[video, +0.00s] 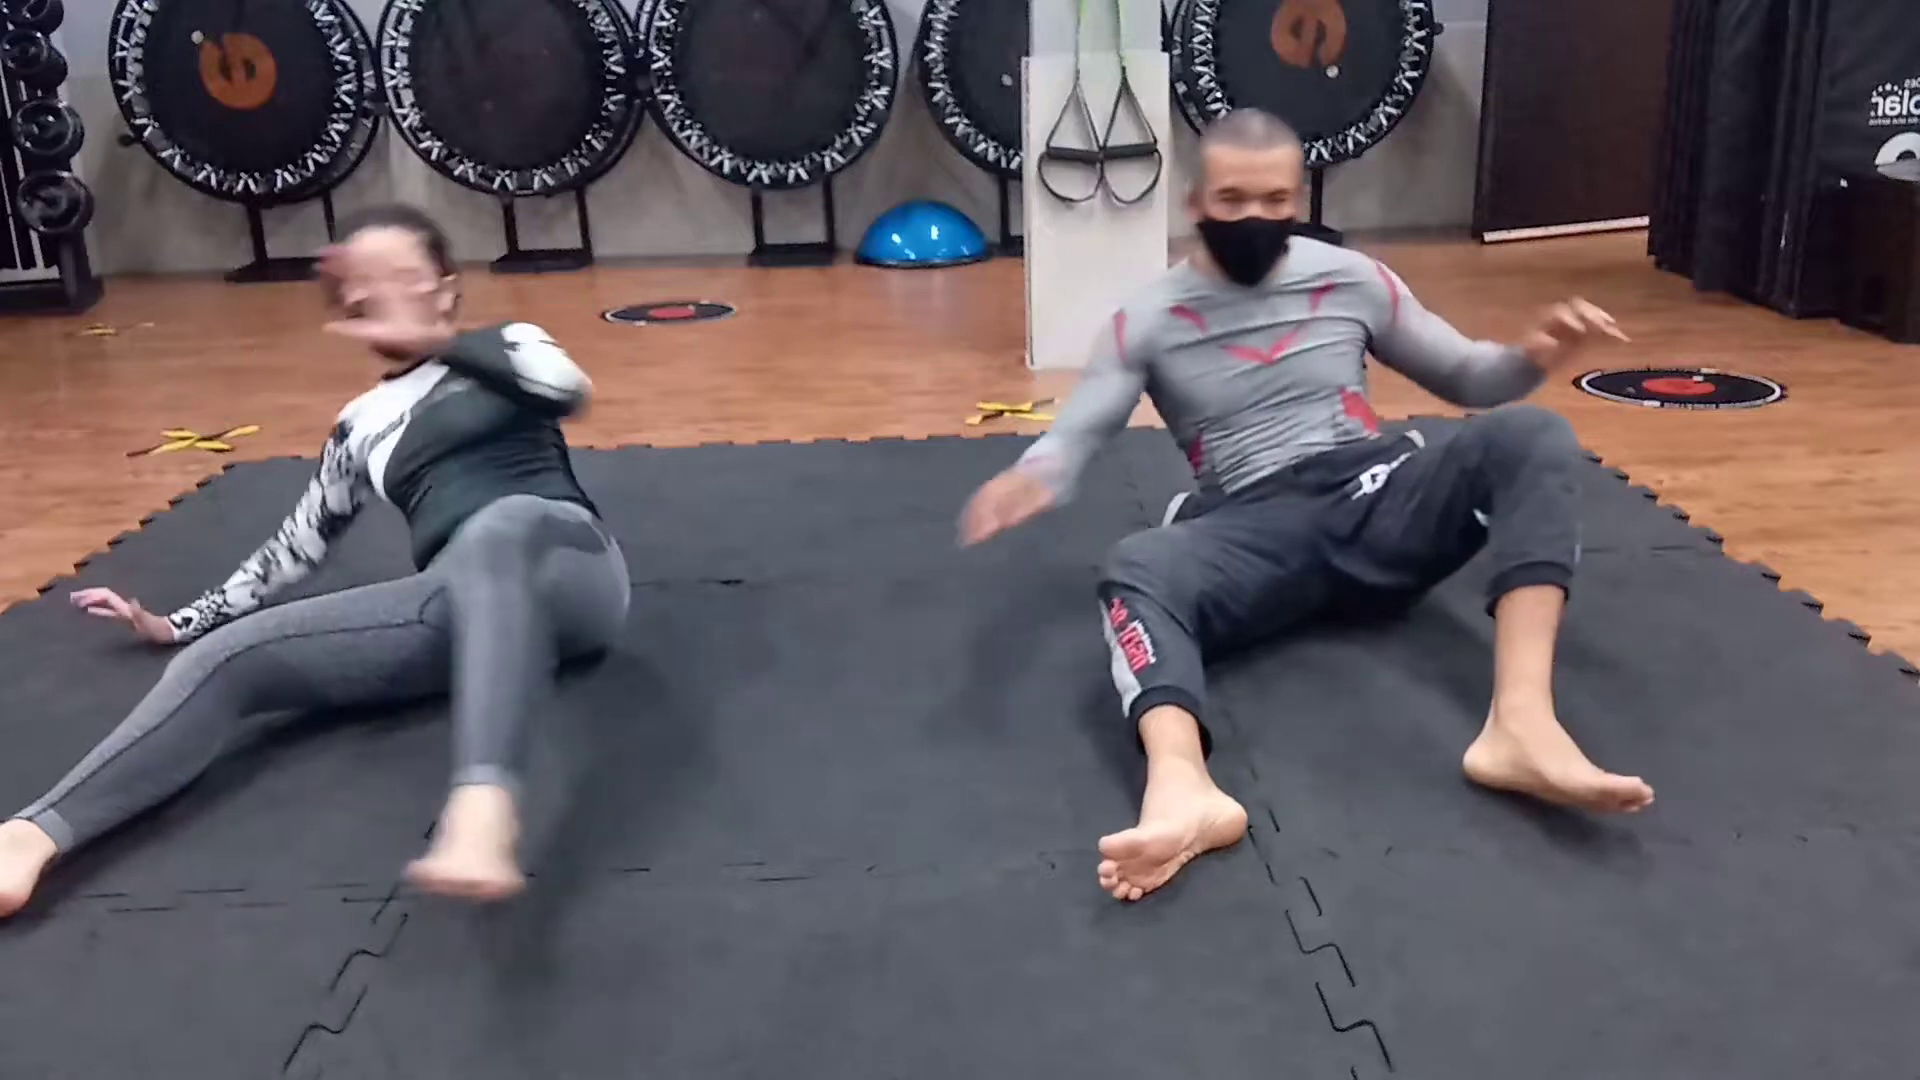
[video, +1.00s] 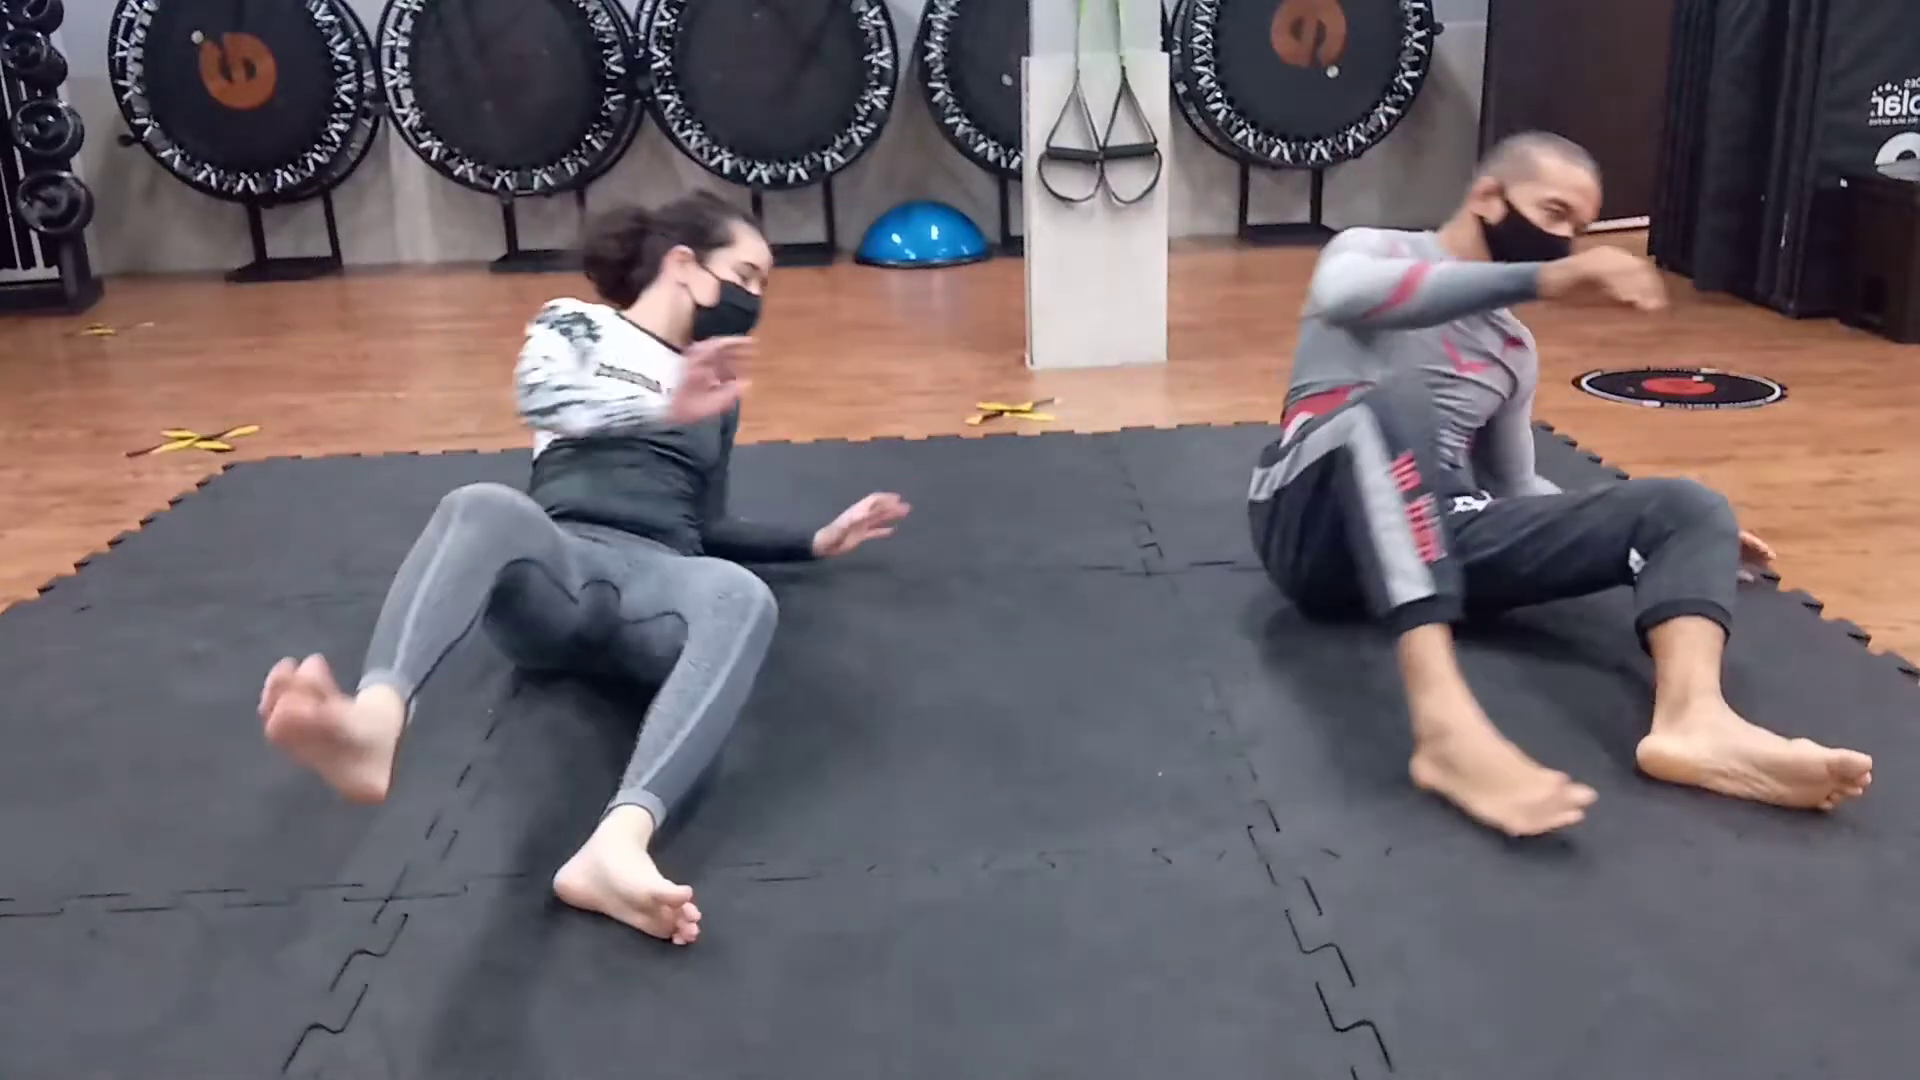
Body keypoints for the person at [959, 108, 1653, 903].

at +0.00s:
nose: (1257, 220)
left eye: (1276, 201)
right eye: (1235, 202)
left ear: (1302, 194)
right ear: (1197, 200)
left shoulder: (1350, 279)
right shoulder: (1150, 318)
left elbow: (1467, 375)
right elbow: (1077, 429)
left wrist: (1533, 358)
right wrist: (1034, 476)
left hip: (1376, 489)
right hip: (1245, 527)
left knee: (1533, 438)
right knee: (1138, 570)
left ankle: (1520, 718)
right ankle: (1181, 785)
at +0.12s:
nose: (1292, 213)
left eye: (1312, 196)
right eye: (1272, 192)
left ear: (1334, 199)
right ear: (1229, 193)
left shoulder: (1369, 287)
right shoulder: (1169, 307)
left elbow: (1468, 393)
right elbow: (1083, 441)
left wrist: (1573, 377)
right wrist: (1107, 435)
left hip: (1382, 494)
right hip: (1252, 524)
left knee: (1552, 440)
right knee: (1148, 556)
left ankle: (1550, 716)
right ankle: (1184, 779)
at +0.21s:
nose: (1324, 211)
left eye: (1343, 195)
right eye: (1303, 189)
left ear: (1359, 198)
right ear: (1253, 189)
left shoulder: (1383, 295)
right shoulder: (1186, 301)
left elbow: (1468, 404)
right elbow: (1102, 440)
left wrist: (1571, 396)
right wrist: (1158, 410)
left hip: (1383, 502)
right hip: (1260, 523)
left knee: (1563, 441)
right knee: (1161, 554)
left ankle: (1585, 716)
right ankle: (1190, 781)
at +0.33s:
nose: (1363, 210)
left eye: (1382, 195)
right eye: (1345, 186)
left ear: (1397, 202)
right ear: (1292, 185)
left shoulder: (1407, 301)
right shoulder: (1214, 290)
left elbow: (1470, 419)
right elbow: (1150, 415)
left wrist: (1596, 420)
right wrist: (1241, 369)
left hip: (1404, 508)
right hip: (1277, 521)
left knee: (1593, 446)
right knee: (1191, 538)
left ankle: (1638, 713)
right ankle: (1205, 778)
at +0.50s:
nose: (1423, 212)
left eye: (1440, 198)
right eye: (1405, 188)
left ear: (1451, 205)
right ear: (1343, 183)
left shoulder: (1437, 312)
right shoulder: (1253, 279)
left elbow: (1490, 437)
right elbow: (1197, 387)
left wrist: (1636, 466)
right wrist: (1326, 337)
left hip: (1419, 519)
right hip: (1302, 520)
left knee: (1625, 458)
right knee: (1246, 503)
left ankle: (1681, 715)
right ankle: (1234, 756)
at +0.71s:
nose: (1483, 224)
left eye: (1501, 212)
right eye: (1469, 197)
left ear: (1507, 221)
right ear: (1407, 184)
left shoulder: (1470, 324)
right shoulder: (1302, 266)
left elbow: (1523, 455)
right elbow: (1254, 350)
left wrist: (1679, 519)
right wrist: (1417, 307)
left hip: (1421, 526)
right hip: (1308, 519)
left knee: (1658, 484)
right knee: (1307, 455)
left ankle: (1683, 716)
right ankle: (1323, 744)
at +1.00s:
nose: (1562, 244)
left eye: (1580, 231)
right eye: (1550, 214)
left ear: (1581, 245)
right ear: (1485, 194)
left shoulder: (1513, 353)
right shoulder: (1370, 248)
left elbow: (1520, 498)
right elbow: (1345, 299)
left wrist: (1693, 544)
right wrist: (1542, 278)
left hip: (1451, 538)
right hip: (1321, 532)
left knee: (1688, 506)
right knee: (1383, 404)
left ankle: (1691, 714)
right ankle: (1445, 725)